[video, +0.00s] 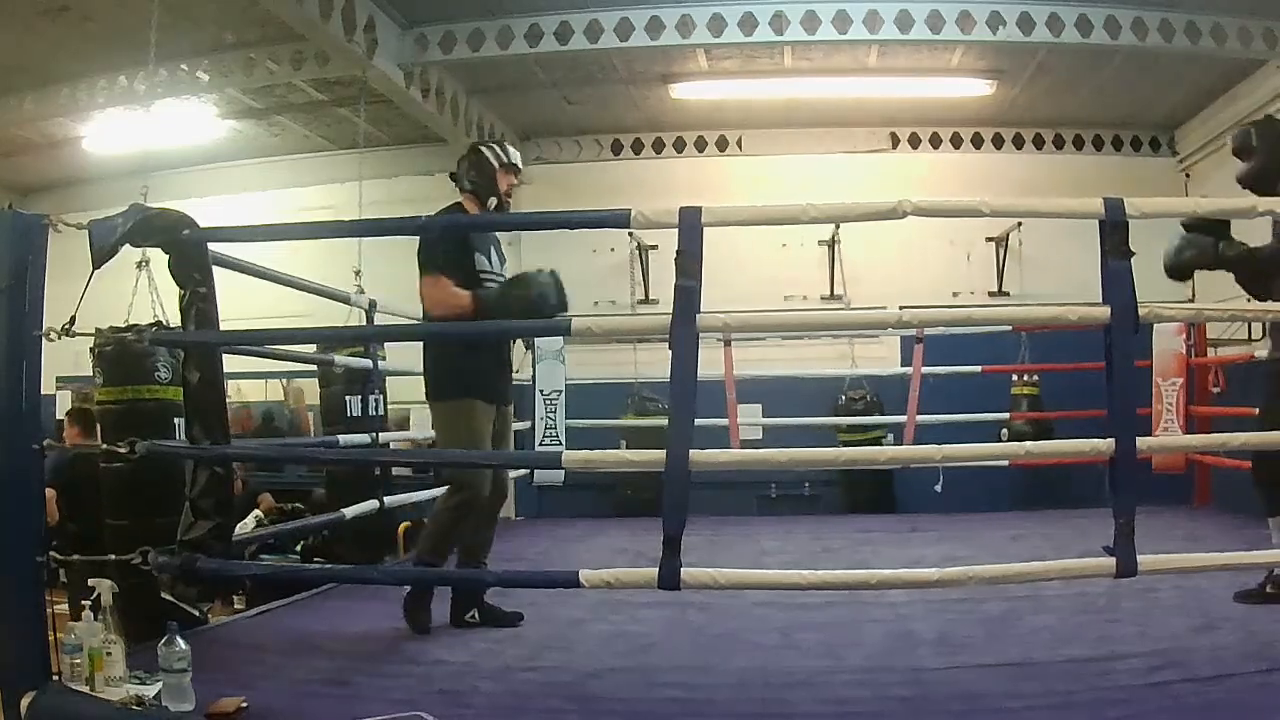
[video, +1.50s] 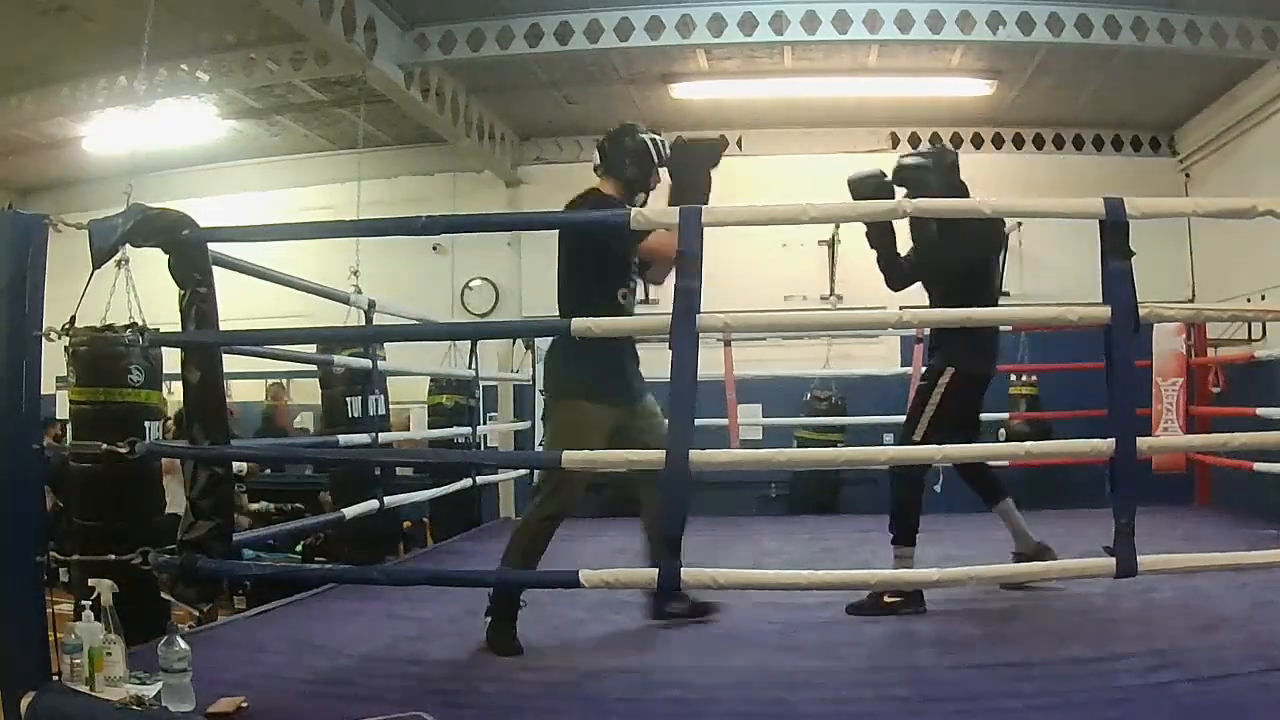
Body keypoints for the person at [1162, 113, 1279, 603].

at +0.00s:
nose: (1238, 171)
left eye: (1243, 157)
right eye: (1236, 159)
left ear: (1270, 152)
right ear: (1267, 156)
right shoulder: (1275, 213)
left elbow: (1271, 279)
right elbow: (1270, 283)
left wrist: (1227, 251)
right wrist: (1231, 248)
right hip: (1276, 358)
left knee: (1269, 459)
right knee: (1267, 457)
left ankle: (1279, 569)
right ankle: (1279, 569)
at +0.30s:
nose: (1178, 169)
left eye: (1183, 156)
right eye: (1175, 159)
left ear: (1211, 148)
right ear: (1209, 152)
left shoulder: (1245, 190)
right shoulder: (1229, 195)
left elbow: (1237, 254)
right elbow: (1198, 275)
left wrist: (1170, 237)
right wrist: (1161, 234)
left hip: (1238, 336)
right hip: (1241, 336)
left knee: (1189, 444)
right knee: (1256, 450)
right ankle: (1279, 567)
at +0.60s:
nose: (1088, 179)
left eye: (1093, 168)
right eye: (1086, 170)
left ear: (1120, 164)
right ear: (1121, 163)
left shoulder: (1159, 206)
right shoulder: (1120, 208)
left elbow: (1118, 280)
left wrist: (1072, 241)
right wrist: (1026, 225)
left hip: (1153, 356)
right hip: (1162, 354)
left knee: (1098, 459)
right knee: (1196, 459)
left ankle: (1068, 587)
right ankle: (1268, 554)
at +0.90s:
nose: (989, 175)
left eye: (994, 163)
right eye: (987, 165)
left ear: (1018, 157)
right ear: (1032, 154)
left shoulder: (1041, 194)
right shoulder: (1073, 191)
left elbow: (979, 240)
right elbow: (1027, 270)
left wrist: (907, 218)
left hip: (1074, 333)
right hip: (1092, 329)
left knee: (1051, 450)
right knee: (1063, 444)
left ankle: (1064, 587)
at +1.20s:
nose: (953, 203)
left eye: (956, 193)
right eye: (950, 195)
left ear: (978, 188)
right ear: (977, 190)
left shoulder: (1019, 219)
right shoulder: (989, 232)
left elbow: (1060, 274)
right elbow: (951, 289)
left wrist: (991, 261)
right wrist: (924, 233)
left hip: (1012, 355)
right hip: (1007, 355)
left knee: (943, 449)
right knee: (1005, 454)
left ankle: (1003, 552)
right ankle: (1041, 559)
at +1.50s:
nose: (907, 202)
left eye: (912, 193)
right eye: (905, 194)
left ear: (936, 189)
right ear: (949, 186)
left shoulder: (959, 229)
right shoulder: (972, 225)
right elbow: (900, 277)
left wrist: (880, 225)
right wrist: (885, 226)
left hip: (955, 357)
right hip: (968, 356)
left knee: (906, 458)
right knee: (963, 454)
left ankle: (902, 581)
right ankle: (1028, 545)